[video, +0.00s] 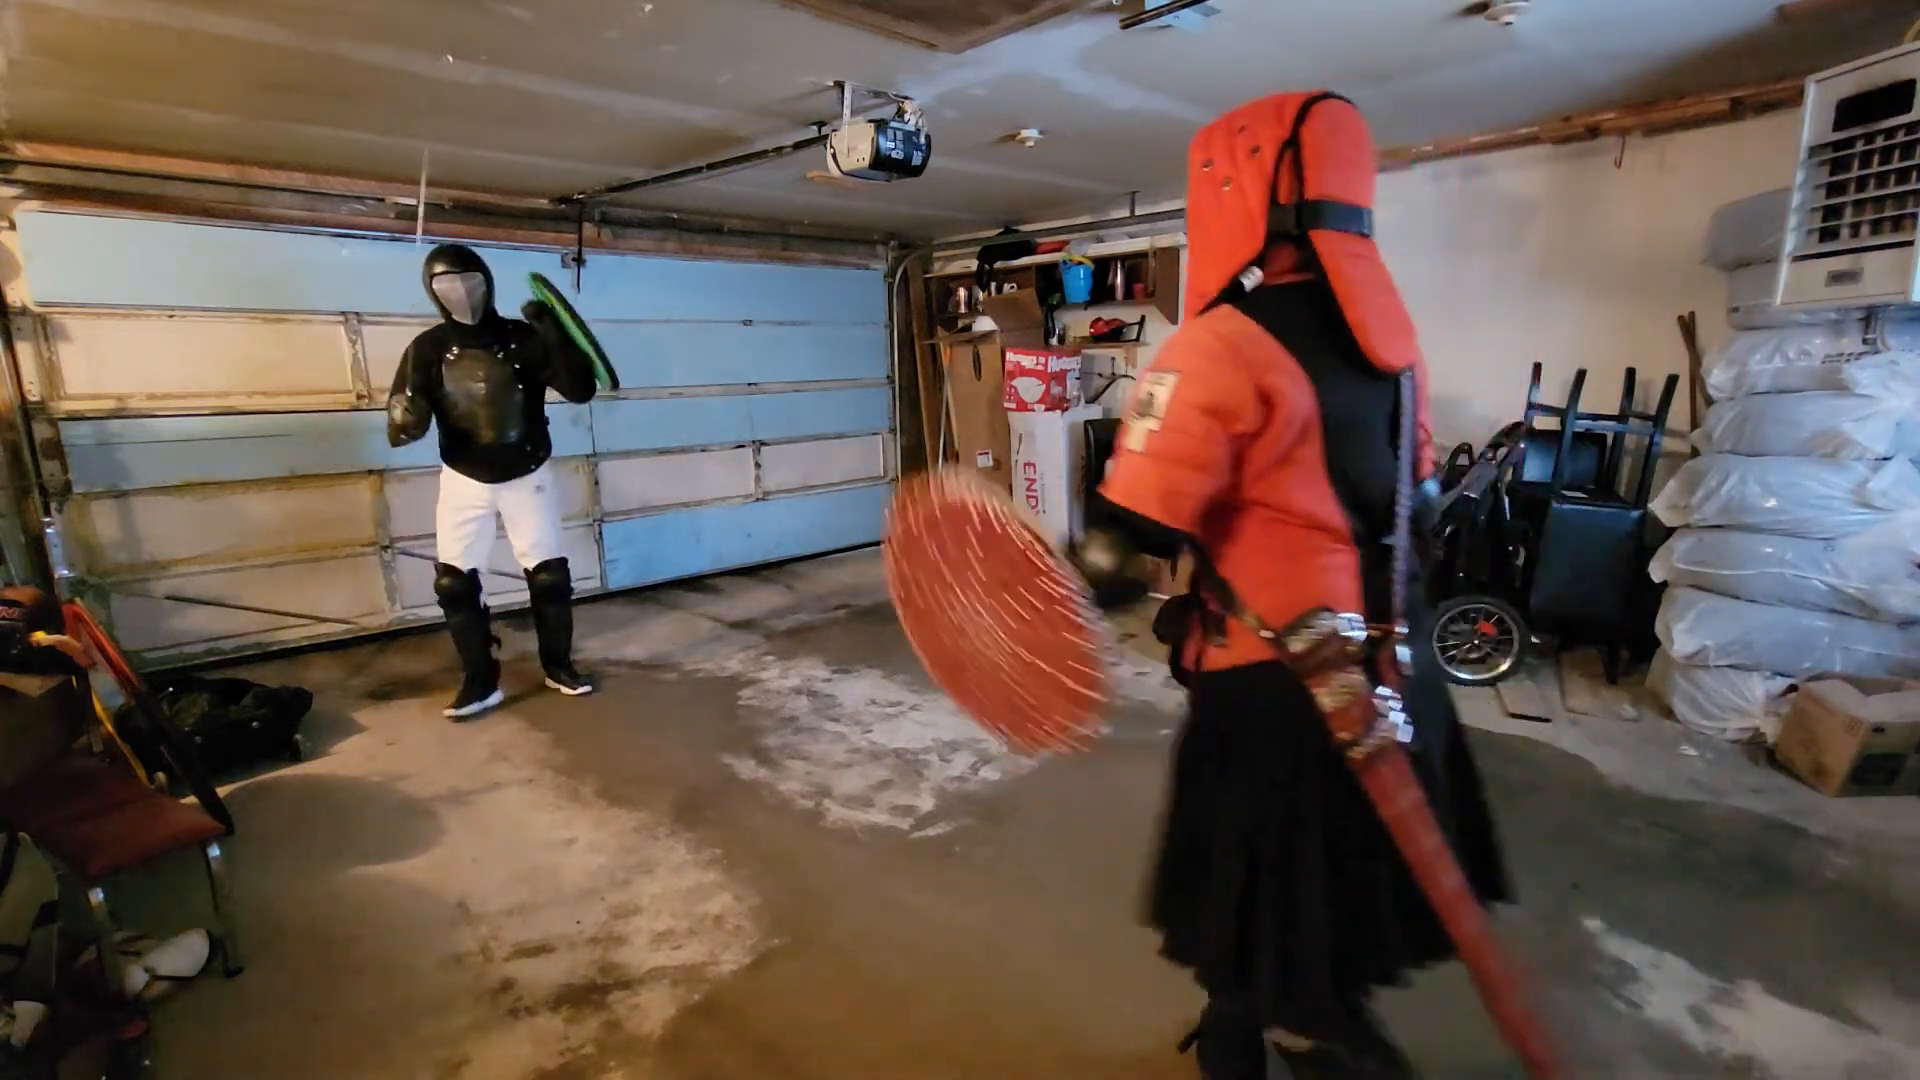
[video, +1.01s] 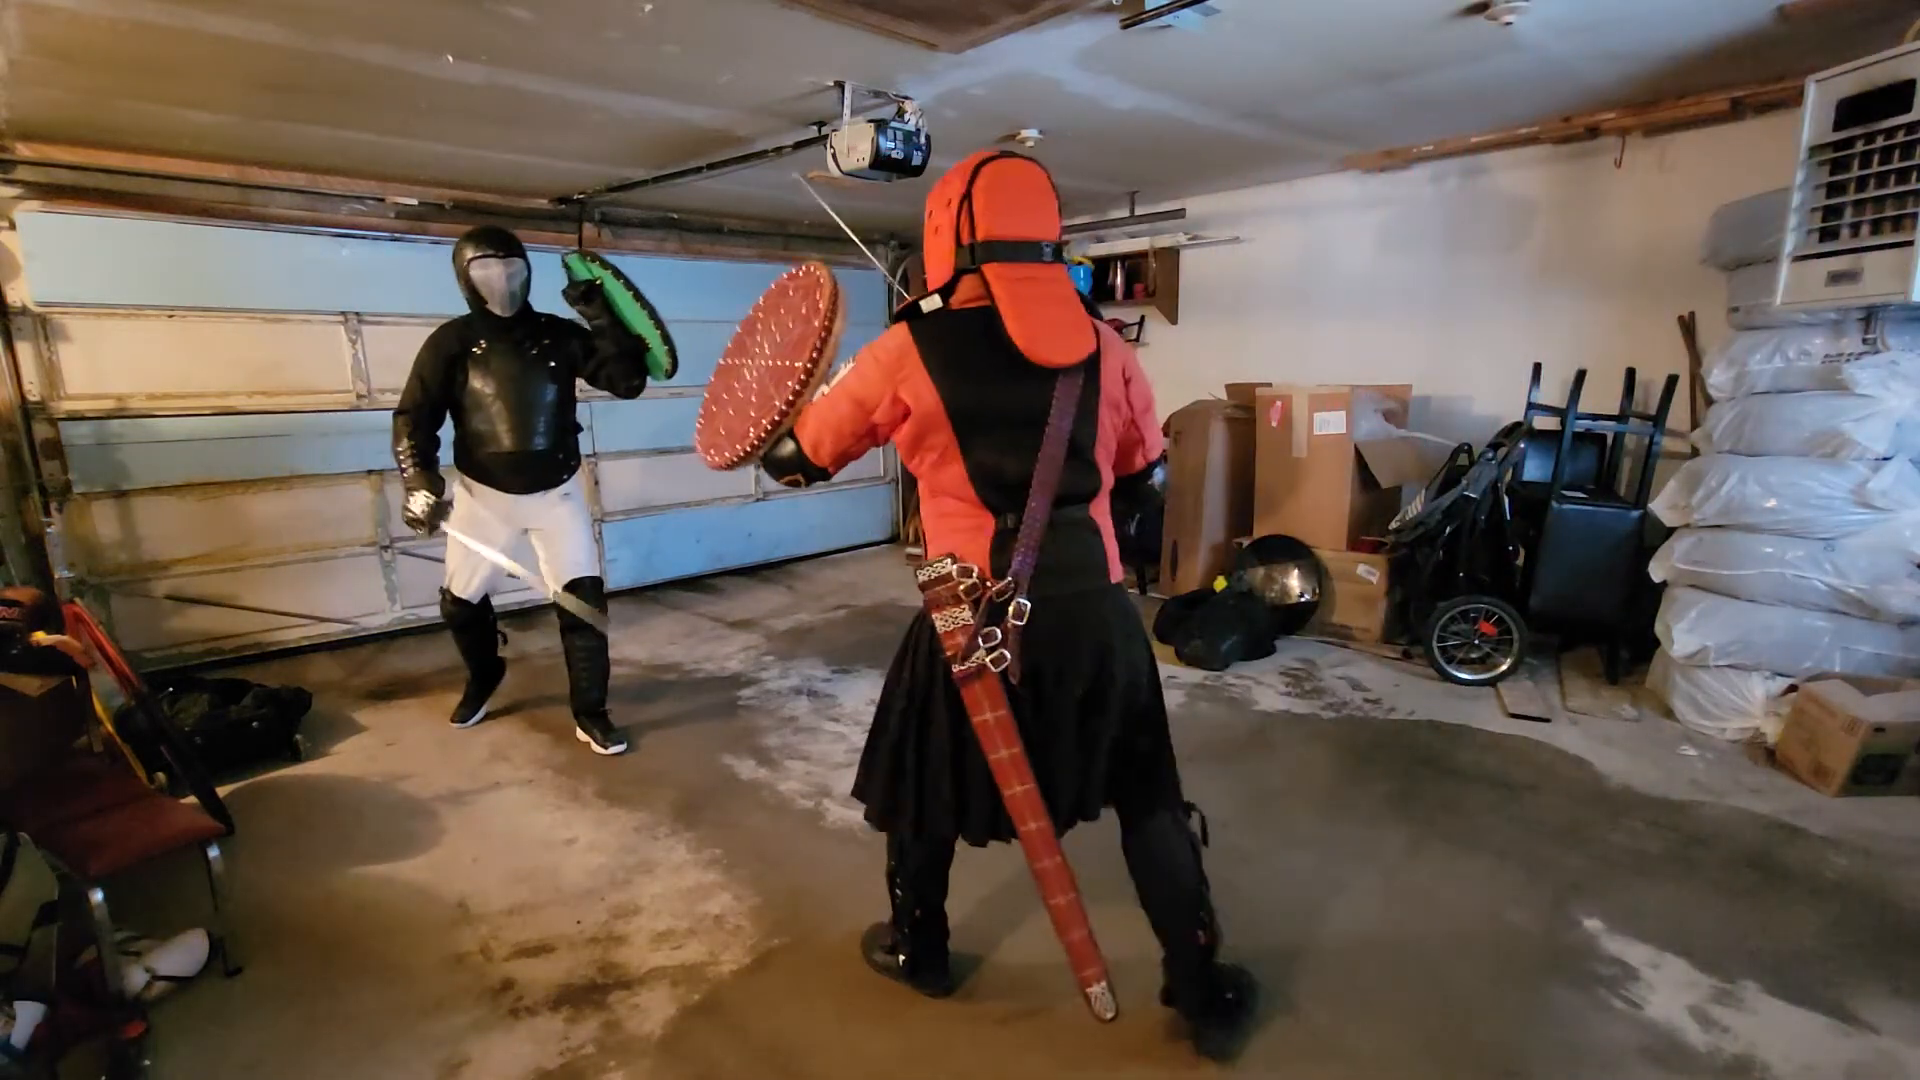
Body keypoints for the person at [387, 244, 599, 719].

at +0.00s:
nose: (457, 292)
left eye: (465, 281)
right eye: (445, 284)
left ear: (483, 282)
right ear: (434, 291)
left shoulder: (525, 337)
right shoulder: (427, 349)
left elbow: (581, 389)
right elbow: (401, 431)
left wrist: (555, 334)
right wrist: (405, 417)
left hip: (527, 476)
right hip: (463, 479)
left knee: (549, 575)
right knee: (453, 583)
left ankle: (558, 666)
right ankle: (480, 681)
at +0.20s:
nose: (444, 291)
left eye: (452, 279)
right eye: (430, 283)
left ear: (466, 282)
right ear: (415, 293)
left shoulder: (510, 337)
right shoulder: (409, 355)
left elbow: (573, 377)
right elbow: (383, 437)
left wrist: (535, 318)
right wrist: (382, 426)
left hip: (520, 481)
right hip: (452, 486)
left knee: (552, 581)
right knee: (449, 593)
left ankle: (557, 659)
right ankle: (481, 684)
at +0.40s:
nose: (432, 287)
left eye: (439, 274)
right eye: (418, 280)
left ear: (455, 276)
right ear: (402, 290)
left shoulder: (501, 335)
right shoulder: (398, 353)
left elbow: (568, 375)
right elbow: (366, 439)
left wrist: (531, 318)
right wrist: (377, 431)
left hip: (516, 482)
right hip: (447, 490)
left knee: (559, 577)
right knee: (447, 598)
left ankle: (565, 670)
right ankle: (482, 685)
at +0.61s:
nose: (445, 291)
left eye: (452, 278)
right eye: (430, 283)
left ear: (467, 279)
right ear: (413, 292)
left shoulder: (512, 338)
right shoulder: (407, 354)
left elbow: (579, 379)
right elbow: (369, 428)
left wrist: (546, 319)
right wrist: (380, 445)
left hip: (521, 487)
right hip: (451, 495)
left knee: (556, 586)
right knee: (451, 601)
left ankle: (587, 698)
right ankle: (482, 687)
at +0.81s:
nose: (474, 283)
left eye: (481, 272)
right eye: (459, 276)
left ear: (497, 277)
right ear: (442, 287)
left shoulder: (541, 342)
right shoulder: (432, 353)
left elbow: (604, 387)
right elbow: (393, 421)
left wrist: (573, 323)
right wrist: (394, 462)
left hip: (543, 497)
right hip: (469, 503)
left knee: (577, 598)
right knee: (457, 609)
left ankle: (591, 711)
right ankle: (481, 681)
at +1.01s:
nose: (501, 272)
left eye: (509, 261)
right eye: (487, 263)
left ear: (524, 268)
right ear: (466, 276)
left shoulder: (562, 336)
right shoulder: (451, 343)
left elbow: (627, 380)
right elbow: (413, 417)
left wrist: (601, 316)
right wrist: (420, 481)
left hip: (557, 494)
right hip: (482, 497)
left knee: (583, 600)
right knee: (461, 602)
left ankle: (591, 712)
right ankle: (485, 673)